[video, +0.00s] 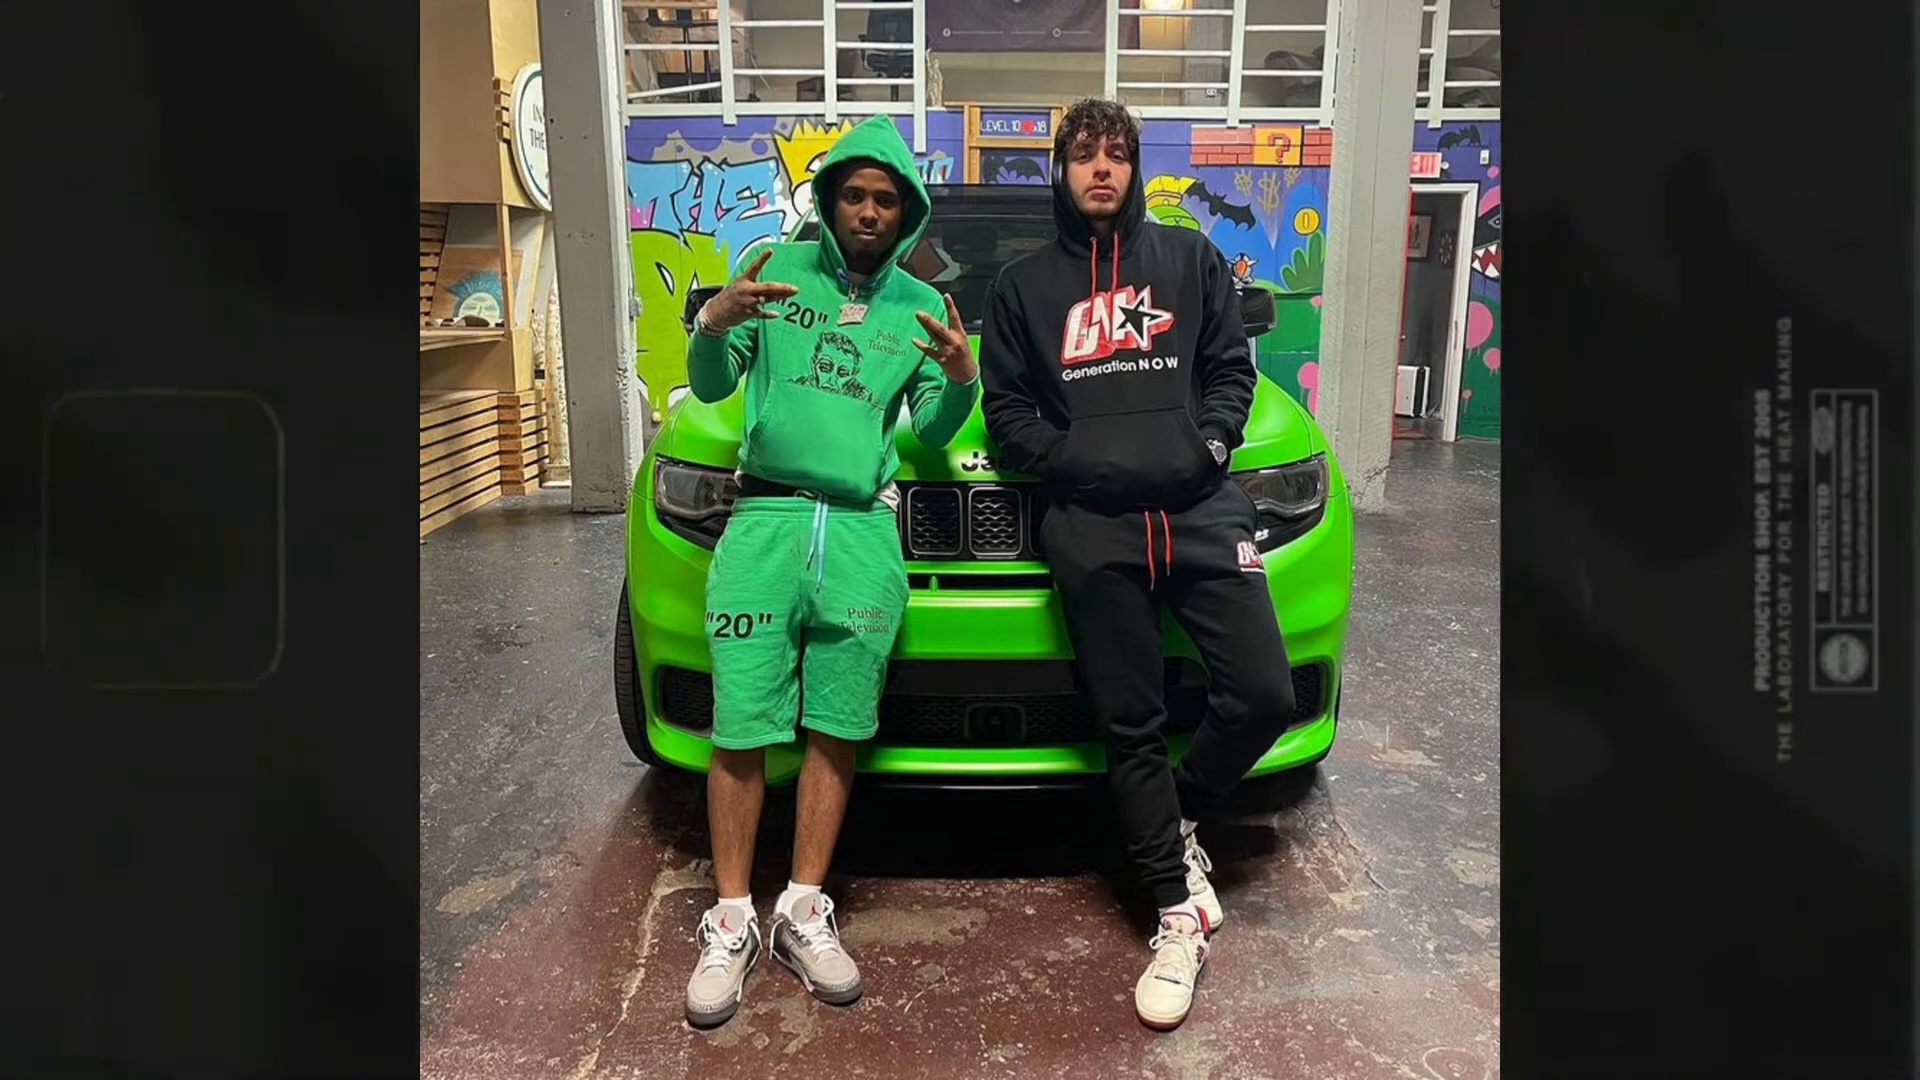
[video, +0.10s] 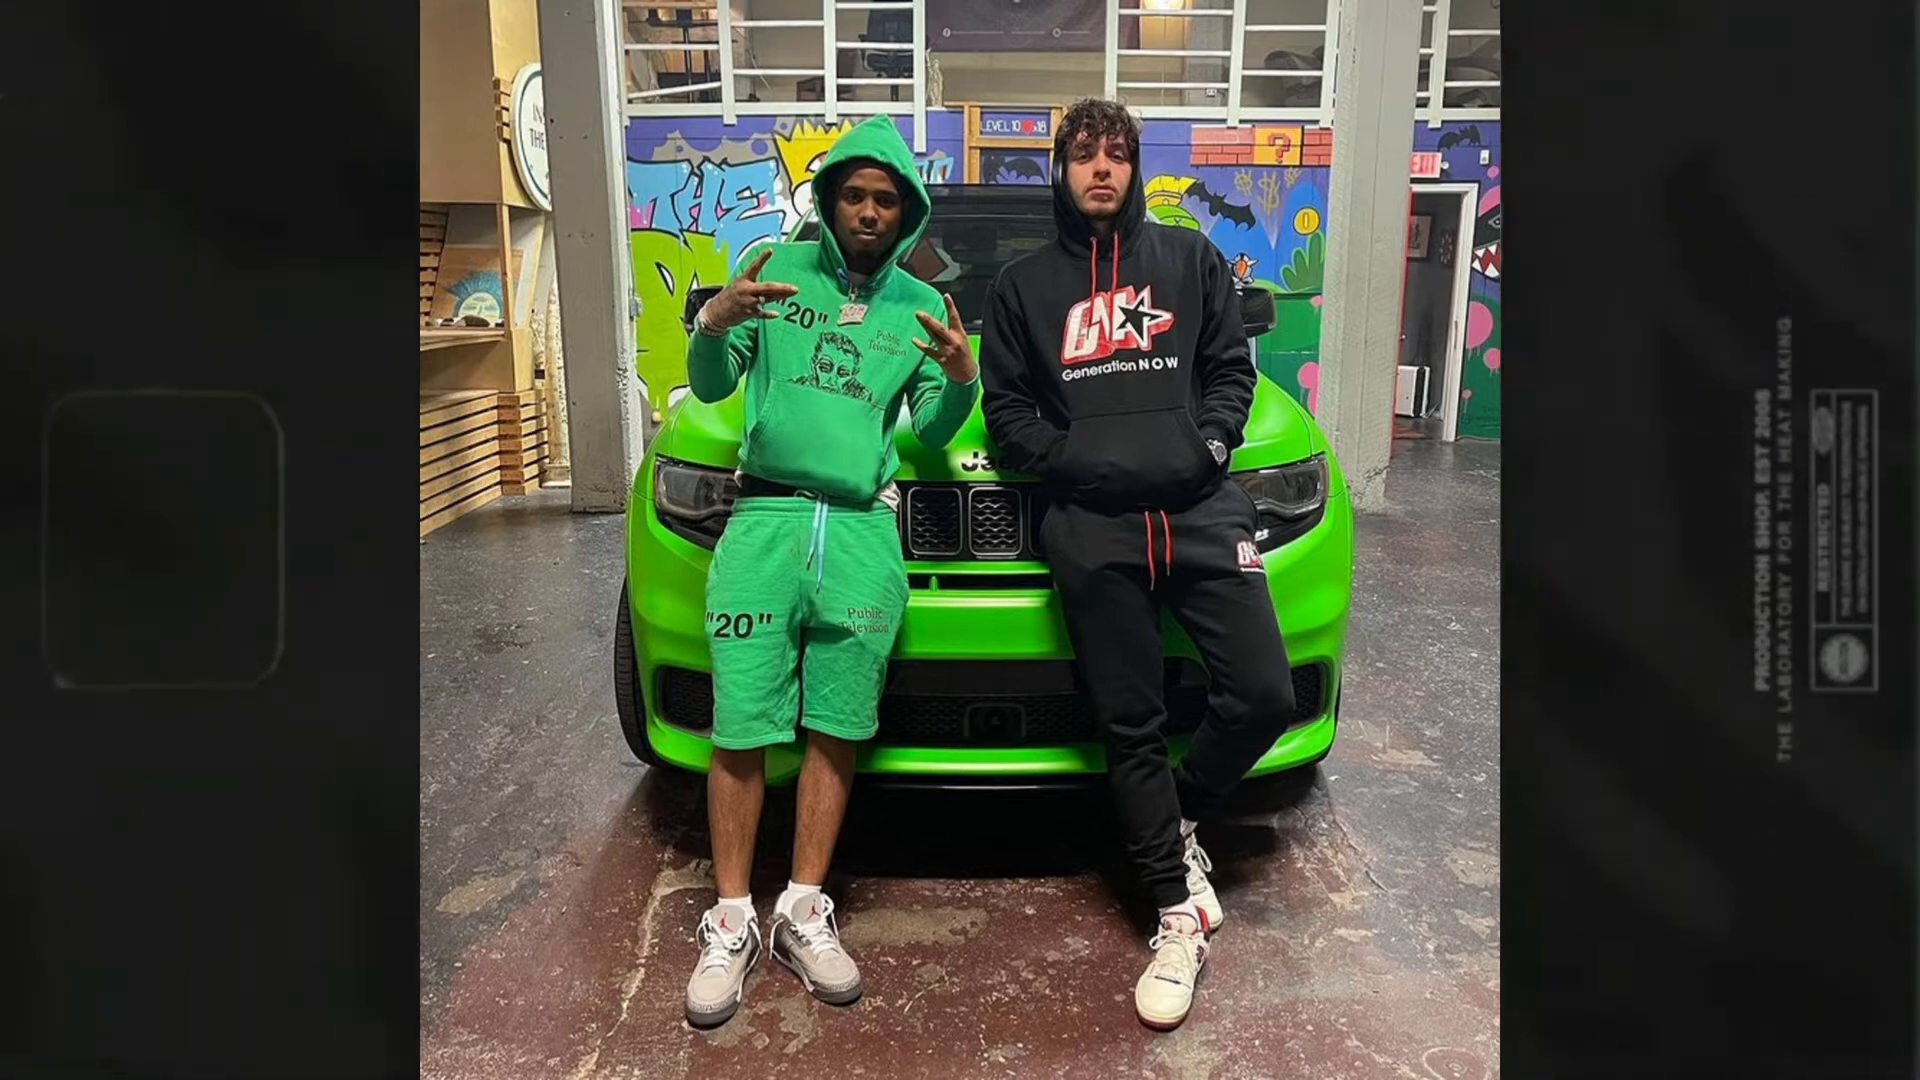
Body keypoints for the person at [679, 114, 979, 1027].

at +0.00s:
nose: (868, 212)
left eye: (885, 198)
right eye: (854, 196)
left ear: (907, 212)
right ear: (827, 202)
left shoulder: (923, 305)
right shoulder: (776, 268)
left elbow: (923, 439)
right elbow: (712, 384)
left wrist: (961, 380)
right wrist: (713, 321)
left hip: (861, 527)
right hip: (763, 517)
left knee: (838, 728)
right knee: (741, 728)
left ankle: (805, 908)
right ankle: (732, 919)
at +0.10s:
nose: (868, 212)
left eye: (885, 198)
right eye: (854, 196)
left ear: (907, 212)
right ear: (827, 202)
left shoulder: (923, 305)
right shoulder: (776, 268)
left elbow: (923, 439)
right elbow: (712, 384)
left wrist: (961, 380)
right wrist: (713, 321)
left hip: (861, 527)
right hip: (763, 517)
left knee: (838, 728)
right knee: (741, 728)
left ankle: (805, 908)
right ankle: (732, 919)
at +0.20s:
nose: (868, 212)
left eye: (885, 198)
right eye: (854, 196)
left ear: (907, 212)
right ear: (827, 202)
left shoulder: (923, 305)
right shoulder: (776, 268)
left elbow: (923, 439)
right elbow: (712, 384)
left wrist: (961, 380)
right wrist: (713, 321)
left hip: (861, 527)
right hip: (763, 517)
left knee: (838, 728)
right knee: (741, 728)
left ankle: (805, 908)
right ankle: (732, 919)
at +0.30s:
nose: (868, 212)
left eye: (885, 198)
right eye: (854, 196)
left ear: (907, 212)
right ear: (827, 202)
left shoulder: (923, 305)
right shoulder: (776, 268)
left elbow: (923, 439)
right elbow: (712, 384)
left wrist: (961, 380)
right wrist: (713, 321)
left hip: (861, 527)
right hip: (763, 517)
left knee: (838, 728)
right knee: (741, 728)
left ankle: (805, 908)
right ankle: (732, 919)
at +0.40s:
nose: (868, 212)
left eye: (885, 198)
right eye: (854, 196)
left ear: (907, 212)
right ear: (827, 202)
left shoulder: (923, 305)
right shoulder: (776, 268)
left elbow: (923, 439)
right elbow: (712, 384)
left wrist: (961, 380)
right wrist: (713, 321)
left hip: (861, 527)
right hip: (763, 517)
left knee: (838, 728)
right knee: (741, 728)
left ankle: (805, 908)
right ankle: (732, 919)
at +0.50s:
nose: (868, 212)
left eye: (885, 198)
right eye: (854, 196)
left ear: (907, 212)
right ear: (827, 202)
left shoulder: (923, 305)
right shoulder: (776, 268)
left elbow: (923, 439)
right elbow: (712, 384)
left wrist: (961, 380)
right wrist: (713, 321)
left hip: (861, 527)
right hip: (763, 517)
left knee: (838, 728)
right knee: (741, 728)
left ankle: (805, 908)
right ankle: (732, 919)